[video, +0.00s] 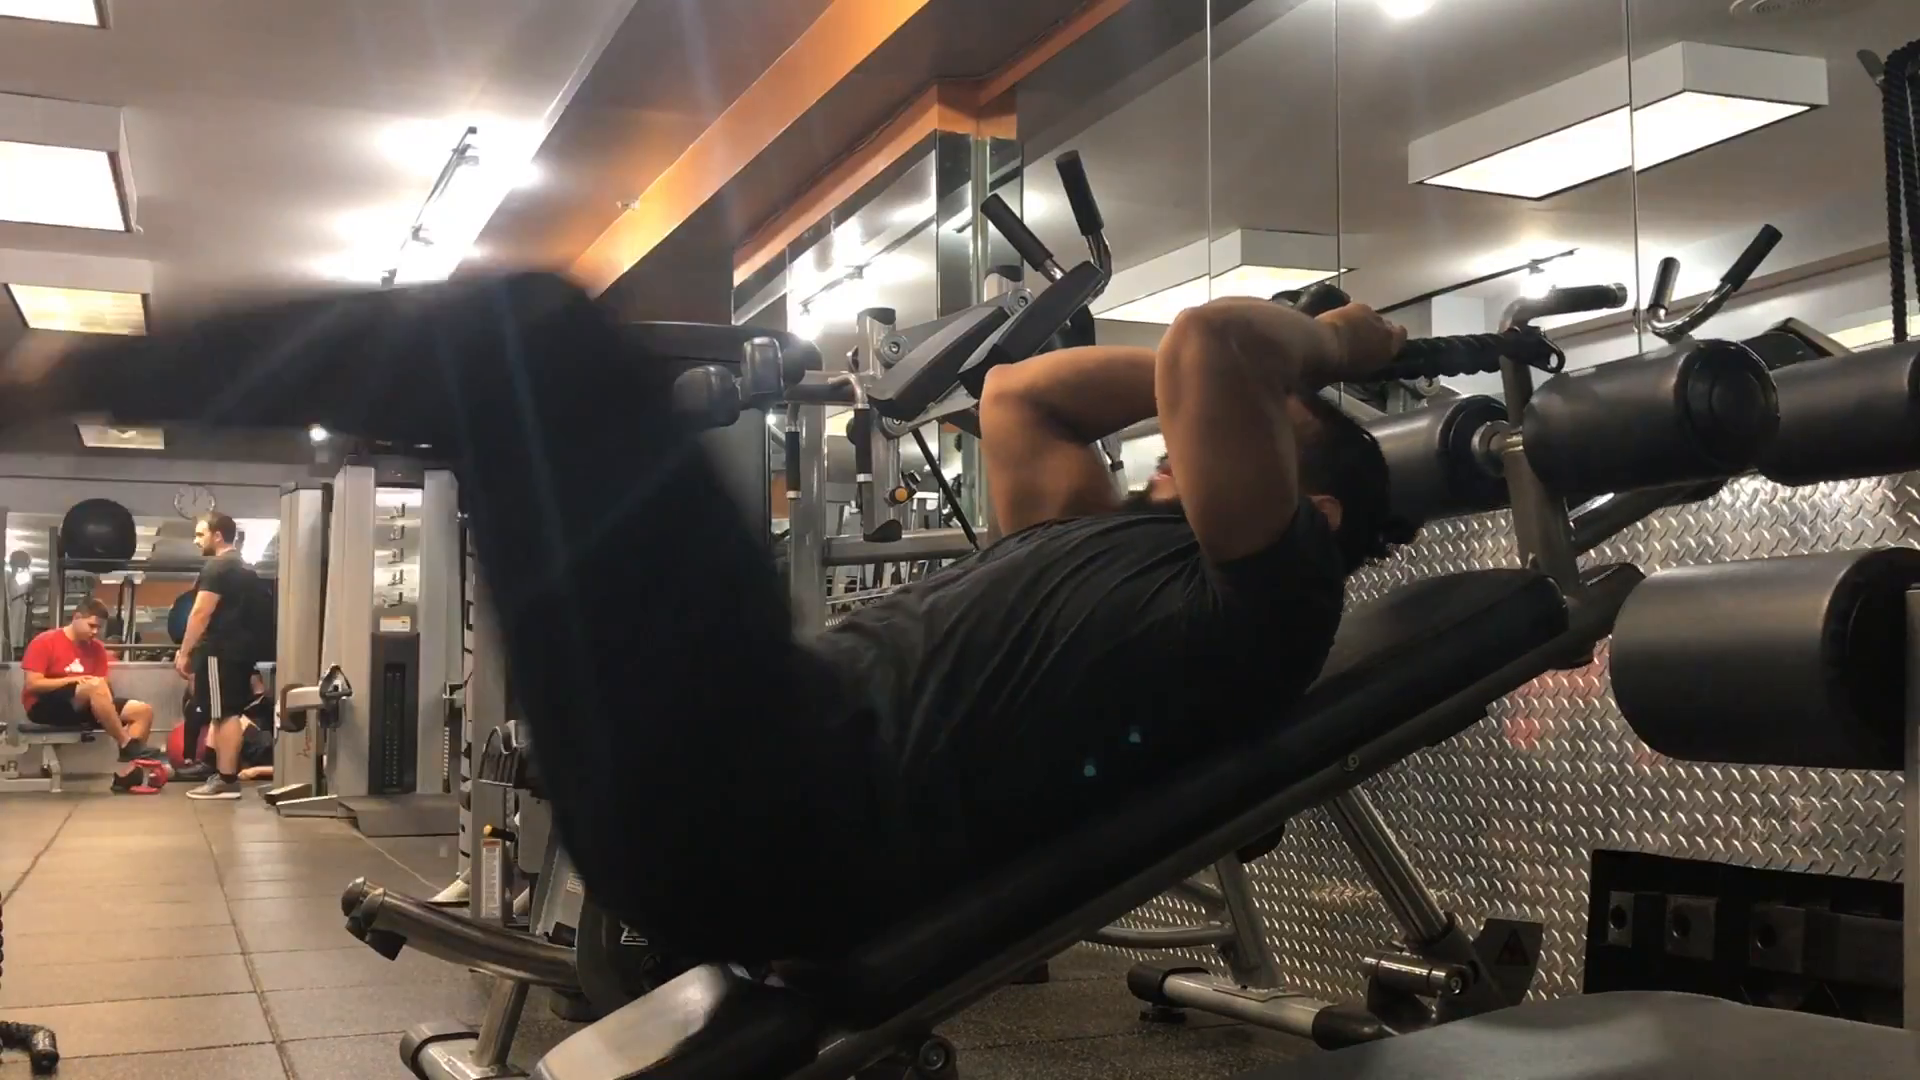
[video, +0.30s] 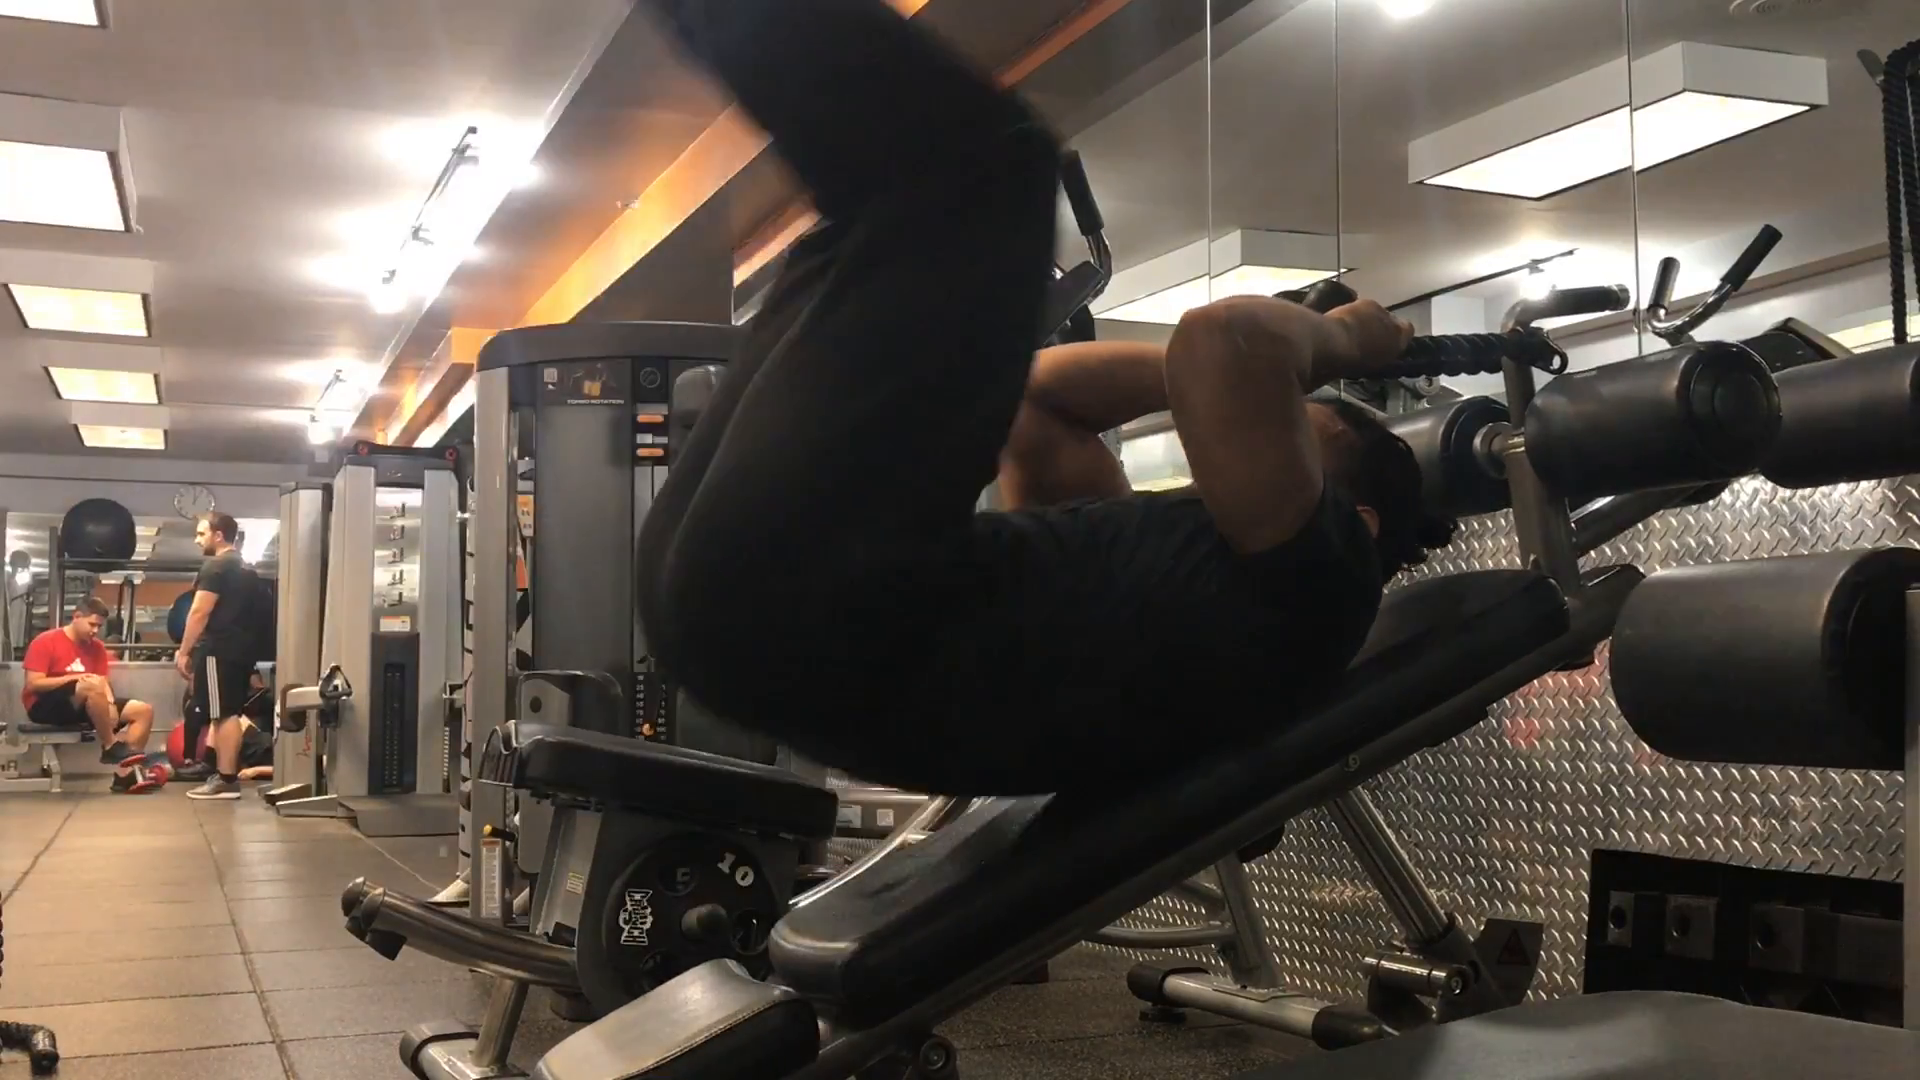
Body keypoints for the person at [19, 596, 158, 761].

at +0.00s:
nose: (95, 632)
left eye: (98, 628)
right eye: (91, 626)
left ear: (101, 627)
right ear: (76, 617)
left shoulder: (97, 648)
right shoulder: (44, 642)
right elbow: (33, 684)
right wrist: (72, 680)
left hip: (85, 706)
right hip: (45, 707)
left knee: (143, 711)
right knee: (96, 685)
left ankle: (125, 774)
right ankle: (125, 743)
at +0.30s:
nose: (95, 631)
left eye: (99, 627)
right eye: (92, 624)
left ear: (101, 626)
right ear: (76, 617)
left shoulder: (97, 648)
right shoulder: (45, 642)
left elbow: (102, 682)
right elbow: (34, 684)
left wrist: (111, 706)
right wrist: (77, 678)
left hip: (84, 705)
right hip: (45, 707)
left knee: (144, 711)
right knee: (93, 685)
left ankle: (124, 775)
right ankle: (109, 745)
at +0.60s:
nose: (94, 632)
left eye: (98, 628)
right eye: (91, 626)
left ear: (102, 627)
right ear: (76, 618)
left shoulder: (97, 649)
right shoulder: (45, 642)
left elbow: (104, 686)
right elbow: (32, 684)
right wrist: (74, 680)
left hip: (84, 707)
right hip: (45, 708)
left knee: (143, 711)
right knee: (97, 685)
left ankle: (124, 775)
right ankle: (133, 741)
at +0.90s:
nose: (95, 631)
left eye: (99, 627)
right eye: (91, 625)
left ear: (102, 626)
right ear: (76, 617)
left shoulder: (96, 648)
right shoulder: (46, 641)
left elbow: (103, 685)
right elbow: (34, 684)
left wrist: (109, 710)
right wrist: (79, 685)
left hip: (85, 707)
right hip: (45, 707)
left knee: (144, 711)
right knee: (97, 694)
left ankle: (124, 774)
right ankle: (136, 745)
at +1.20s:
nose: (95, 631)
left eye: (99, 627)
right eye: (92, 625)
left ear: (103, 627)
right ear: (78, 616)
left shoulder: (99, 648)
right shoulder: (46, 641)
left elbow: (102, 684)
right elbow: (36, 683)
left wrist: (109, 704)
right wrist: (75, 692)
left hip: (83, 703)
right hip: (46, 704)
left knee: (144, 711)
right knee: (90, 707)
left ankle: (128, 773)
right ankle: (116, 768)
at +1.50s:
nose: (95, 633)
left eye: (99, 629)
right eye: (92, 627)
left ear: (104, 629)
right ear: (78, 617)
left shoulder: (100, 648)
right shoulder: (47, 643)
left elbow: (102, 684)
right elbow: (39, 685)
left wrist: (109, 705)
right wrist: (73, 697)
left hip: (87, 703)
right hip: (47, 704)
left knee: (144, 712)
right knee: (83, 713)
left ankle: (129, 773)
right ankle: (107, 775)